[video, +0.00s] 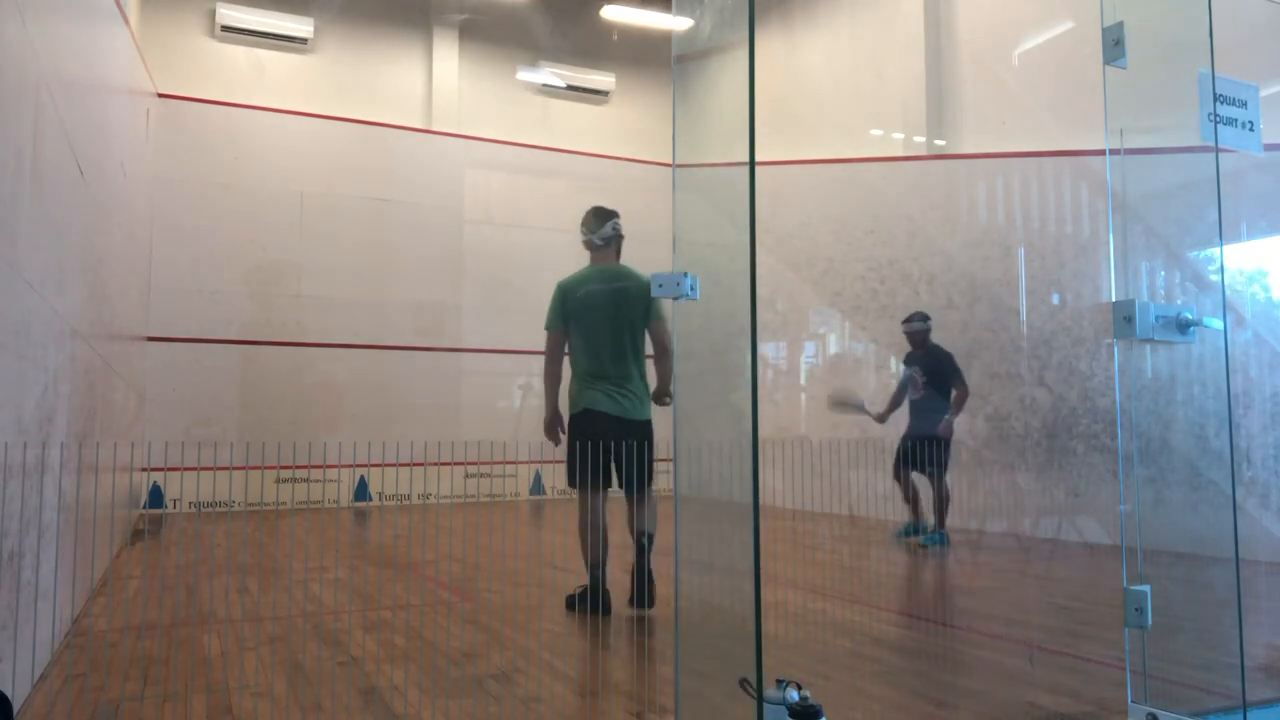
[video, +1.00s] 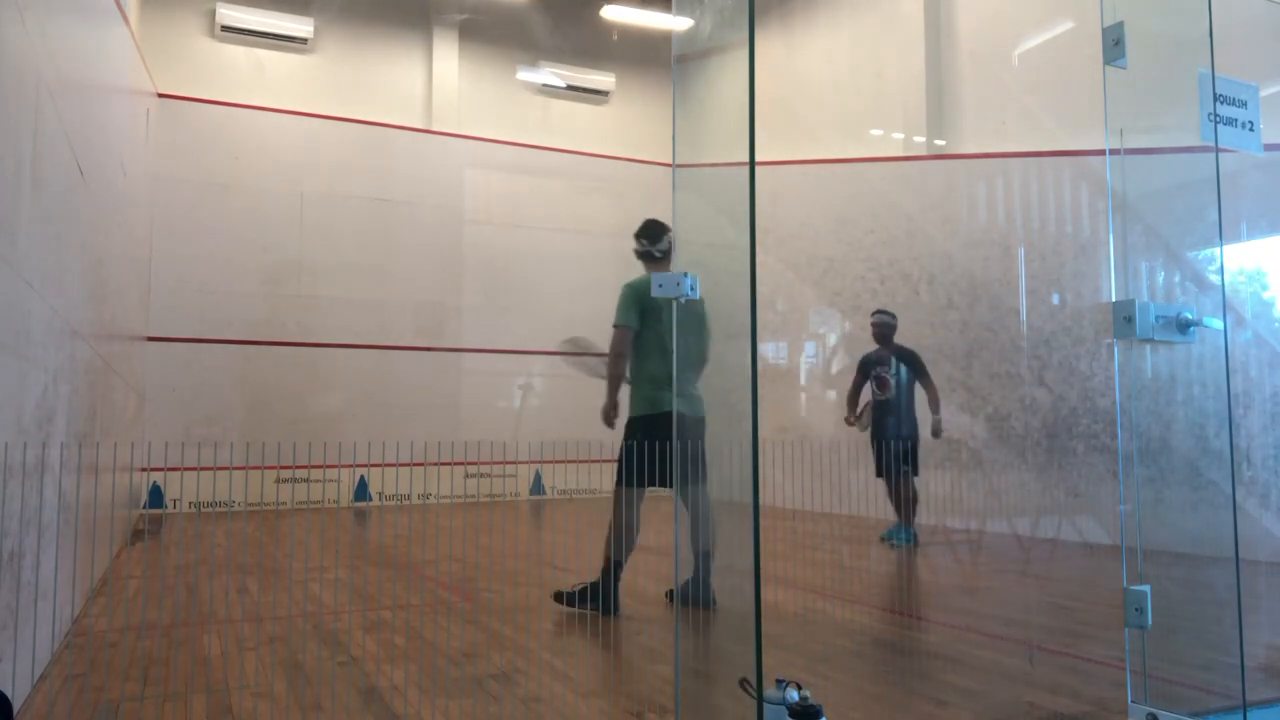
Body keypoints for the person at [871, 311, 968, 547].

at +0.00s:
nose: (911, 338)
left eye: (915, 333)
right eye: (907, 334)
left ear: (927, 332)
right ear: (905, 334)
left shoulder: (941, 357)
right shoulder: (911, 358)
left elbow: (962, 391)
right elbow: (903, 388)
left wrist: (949, 418)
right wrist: (886, 413)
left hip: (937, 427)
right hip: (916, 427)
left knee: (936, 477)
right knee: (900, 471)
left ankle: (940, 530)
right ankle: (917, 521)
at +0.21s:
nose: (900, 340)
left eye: (904, 335)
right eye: (896, 335)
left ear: (914, 333)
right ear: (892, 336)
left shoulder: (929, 358)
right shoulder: (893, 361)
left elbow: (952, 389)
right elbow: (881, 389)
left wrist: (935, 411)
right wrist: (866, 415)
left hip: (924, 429)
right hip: (900, 429)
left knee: (927, 478)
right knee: (899, 478)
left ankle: (937, 529)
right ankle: (905, 525)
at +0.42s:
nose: (891, 341)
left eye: (895, 335)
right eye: (887, 336)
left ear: (905, 334)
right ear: (883, 337)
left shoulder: (920, 357)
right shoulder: (884, 362)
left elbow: (938, 383)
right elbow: (869, 393)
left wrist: (912, 381)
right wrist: (854, 419)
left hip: (916, 427)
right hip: (894, 428)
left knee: (915, 477)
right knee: (899, 478)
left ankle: (926, 525)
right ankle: (905, 525)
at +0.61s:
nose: (885, 340)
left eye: (889, 335)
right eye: (881, 336)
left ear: (899, 333)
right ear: (877, 337)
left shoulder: (912, 356)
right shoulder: (878, 362)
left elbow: (932, 374)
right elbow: (862, 392)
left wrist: (914, 356)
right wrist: (848, 418)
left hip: (912, 424)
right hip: (890, 425)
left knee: (910, 476)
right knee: (897, 477)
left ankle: (914, 525)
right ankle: (904, 523)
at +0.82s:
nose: (880, 336)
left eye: (884, 332)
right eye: (876, 332)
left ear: (894, 332)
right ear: (873, 334)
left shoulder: (910, 358)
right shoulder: (872, 364)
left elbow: (939, 382)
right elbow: (859, 394)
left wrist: (937, 396)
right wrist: (850, 417)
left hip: (907, 426)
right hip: (884, 427)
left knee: (906, 478)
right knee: (893, 480)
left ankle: (909, 528)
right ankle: (903, 524)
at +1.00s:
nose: (876, 331)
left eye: (881, 326)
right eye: (874, 326)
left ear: (892, 328)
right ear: (872, 328)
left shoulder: (909, 357)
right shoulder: (868, 360)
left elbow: (929, 387)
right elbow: (855, 389)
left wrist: (936, 417)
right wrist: (851, 413)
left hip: (904, 427)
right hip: (881, 428)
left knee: (904, 478)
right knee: (890, 479)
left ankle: (908, 528)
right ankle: (901, 523)